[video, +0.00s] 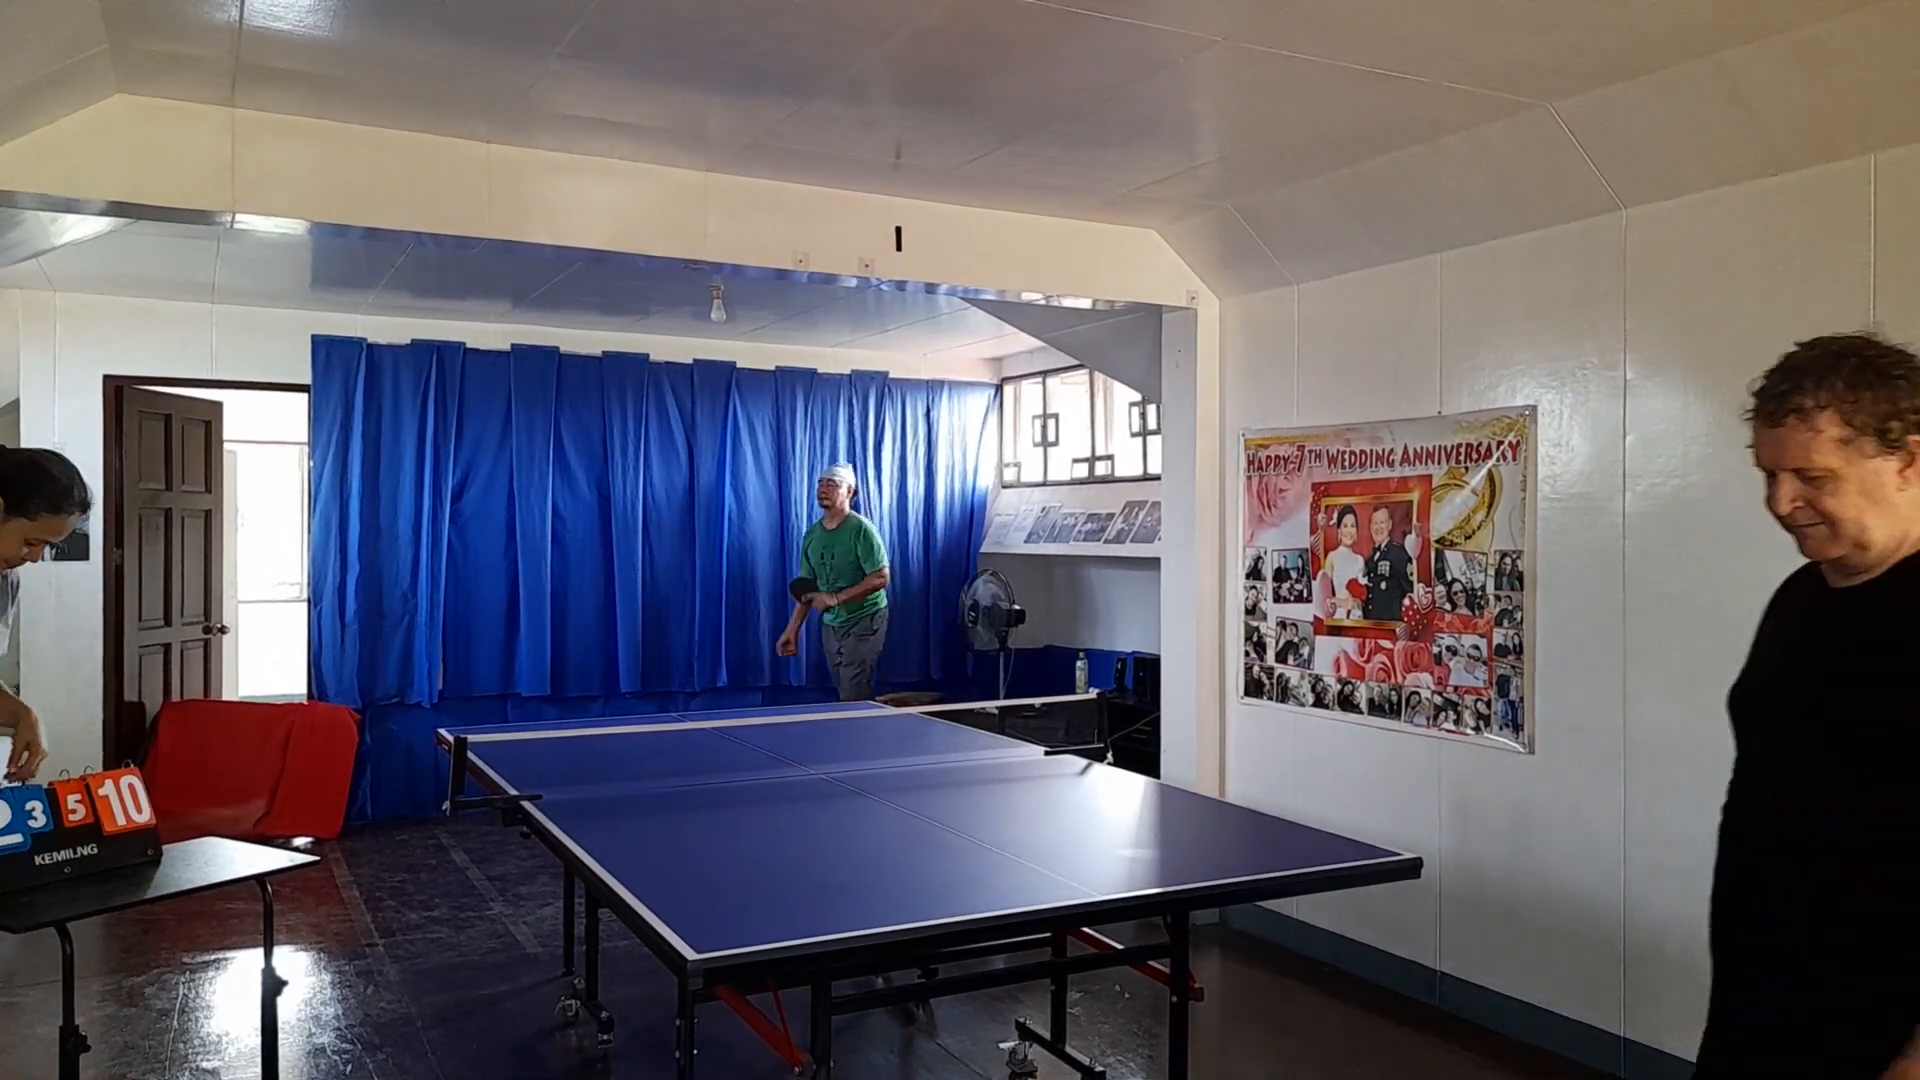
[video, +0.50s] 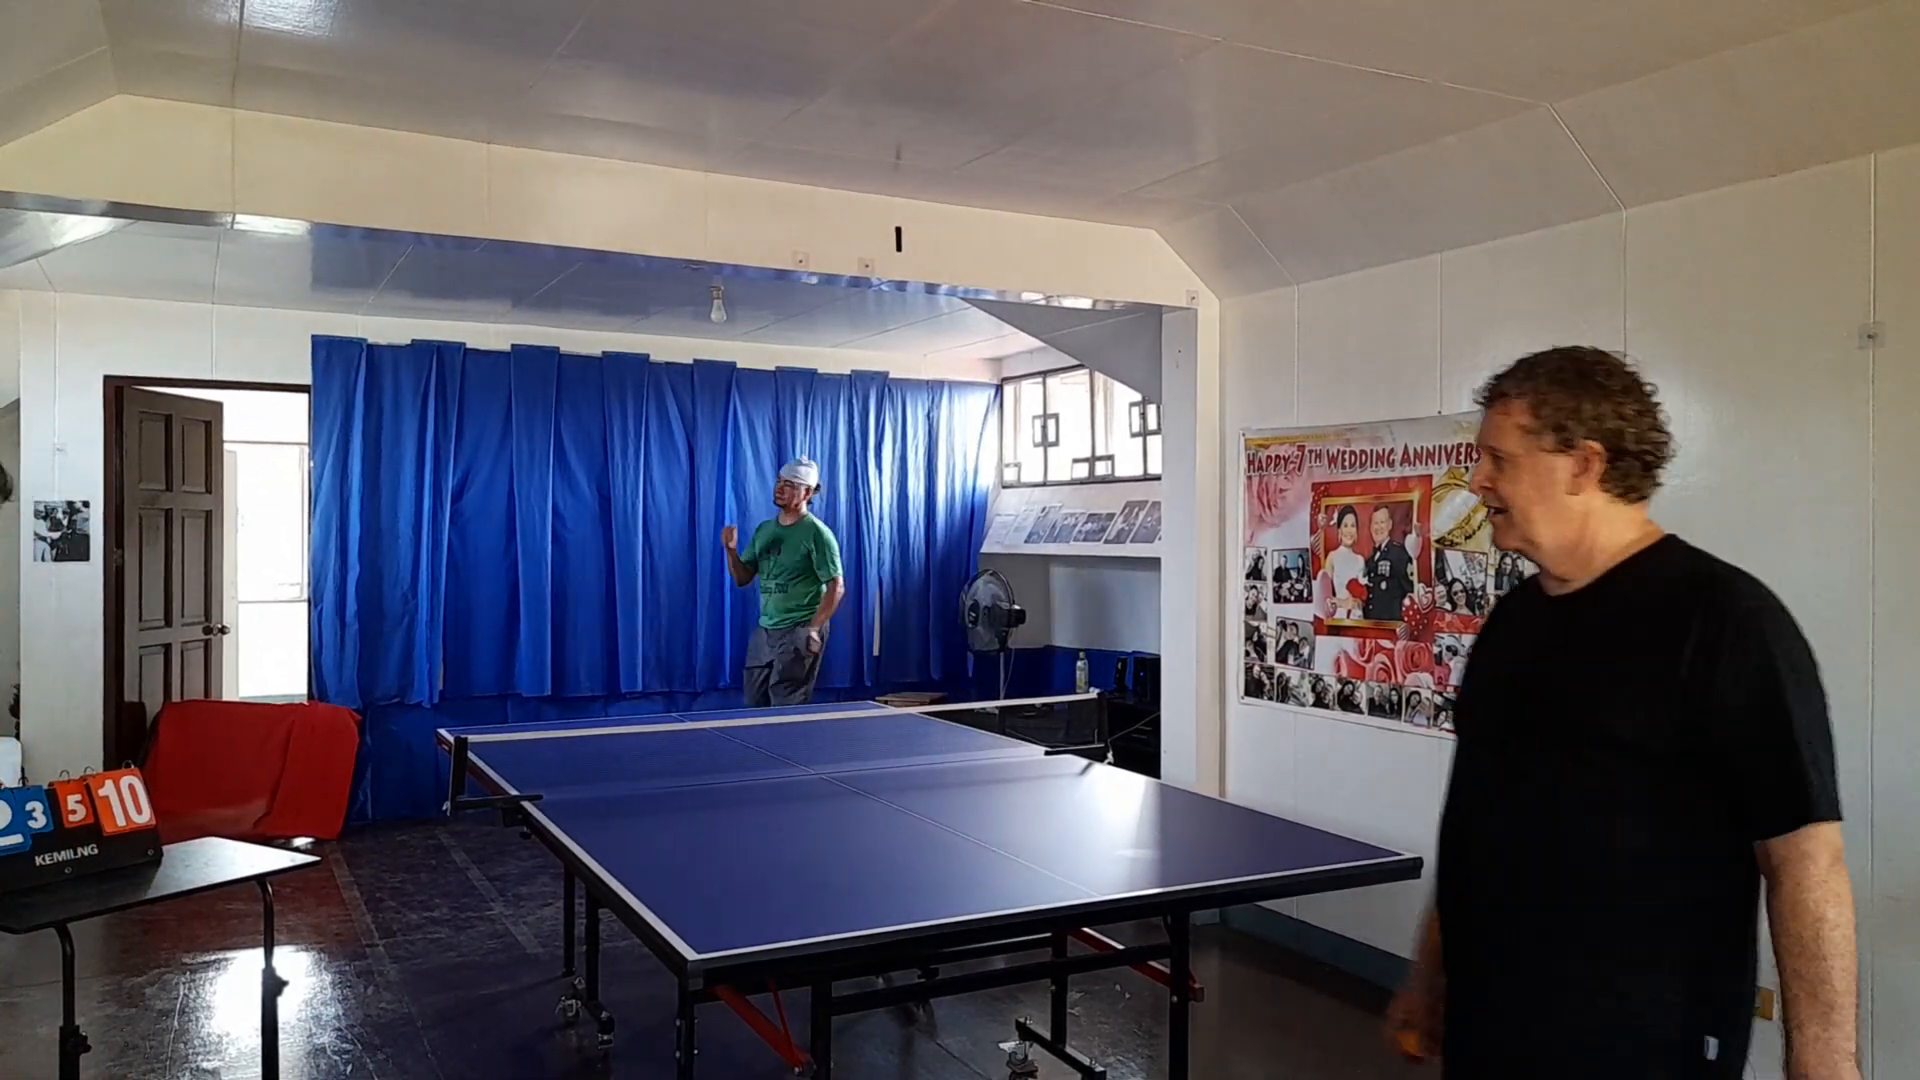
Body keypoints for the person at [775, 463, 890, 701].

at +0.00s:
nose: (823, 489)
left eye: (832, 484)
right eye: (821, 484)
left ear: (849, 492)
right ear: (816, 489)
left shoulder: (862, 530)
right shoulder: (812, 535)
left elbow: (881, 577)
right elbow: (807, 590)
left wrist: (835, 599)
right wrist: (792, 630)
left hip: (864, 620)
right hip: (831, 623)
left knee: (852, 696)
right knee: (847, 695)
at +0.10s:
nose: (814, 491)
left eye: (823, 486)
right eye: (812, 486)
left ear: (840, 496)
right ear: (807, 491)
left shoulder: (854, 533)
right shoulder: (803, 539)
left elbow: (874, 585)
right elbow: (801, 590)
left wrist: (847, 622)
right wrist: (777, 628)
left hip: (857, 627)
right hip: (825, 628)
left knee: (835, 701)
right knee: (850, 702)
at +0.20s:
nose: (806, 493)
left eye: (815, 489)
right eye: (804, 487)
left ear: (831, 498)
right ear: (799, 492)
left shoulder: (844, 538)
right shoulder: (795, 539)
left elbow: (870, 589)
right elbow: (790, 589)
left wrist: (855, 635)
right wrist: (764, 618)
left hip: (836, 636)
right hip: (811, 636)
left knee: (816, 711)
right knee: (845, 711)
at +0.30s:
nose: (797, 494)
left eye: (807, 490)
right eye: (796, 488)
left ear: (824, 500)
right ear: (792, 492)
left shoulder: (835, 540)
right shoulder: (784, 539)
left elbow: (860, 589)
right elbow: (775, 589)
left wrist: (851, 638)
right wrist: (749, 601)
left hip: (823, 634)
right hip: (795, 635)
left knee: (798, 705)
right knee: (822, 707)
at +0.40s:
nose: (789, 491)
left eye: (799, 487)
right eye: (789, 485)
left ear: (816, 497)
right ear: (785, 489)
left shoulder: (826, 538)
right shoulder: (775, 535)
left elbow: (849, 588)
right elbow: (761, 584)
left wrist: (837, 634)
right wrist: (737, 577)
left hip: (811, 631)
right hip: (780, 631)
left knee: (787, 706)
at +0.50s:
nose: (780, 488)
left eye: (790, 485)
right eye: (779, 481)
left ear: (807, 494)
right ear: (775, 483)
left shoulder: (818, 534)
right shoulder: (765, 530)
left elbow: (836, 586)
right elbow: (742, 578)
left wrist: (814, 628)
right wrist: (730, 550)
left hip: (800, 633)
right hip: (765, 633)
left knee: (785, 706)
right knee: (754, 703)